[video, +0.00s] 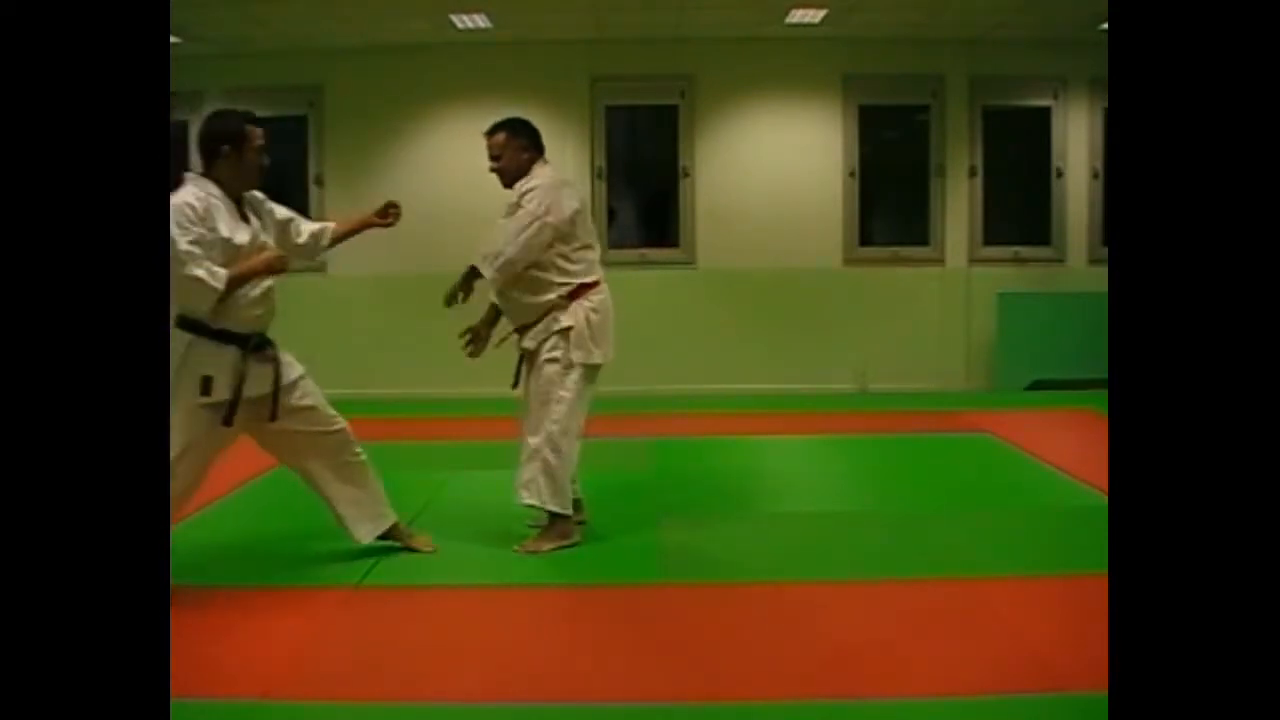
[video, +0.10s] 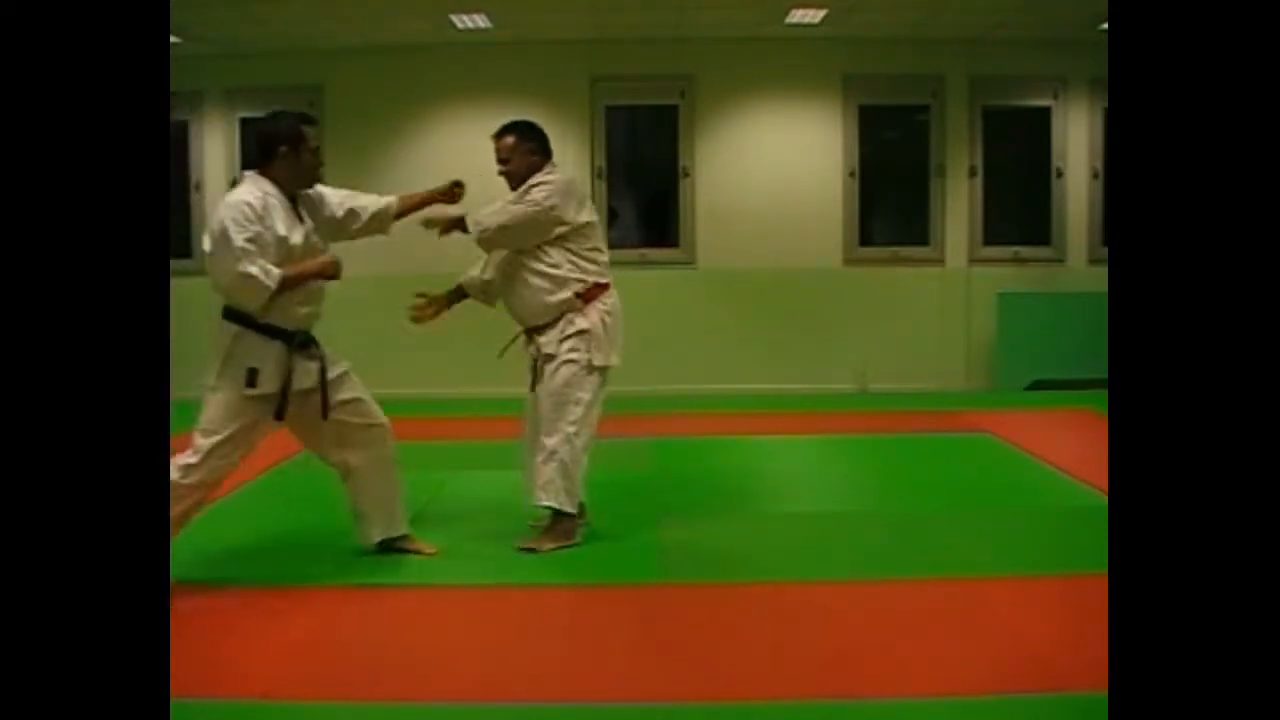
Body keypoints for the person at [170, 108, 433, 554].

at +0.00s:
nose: (264, 161)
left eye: (264, 152)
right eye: (257, 152)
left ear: (229, 155)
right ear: (226, 154)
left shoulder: (253, 206)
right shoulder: (187, 206)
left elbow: (307, 237)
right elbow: (194, 285)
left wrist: (369, 220)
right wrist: (253, 266)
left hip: (256, 355)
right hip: (200, 357)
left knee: (330, 436)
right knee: (178, 474)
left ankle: (384, 526)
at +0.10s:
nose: (318, 162)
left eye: (317, 152)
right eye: (311, 153)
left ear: (284, 155)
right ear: (283, 155)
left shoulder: (304, 201)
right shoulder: (243, 206)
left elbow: (365, 211)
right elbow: (246, 282)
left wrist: (431, 197)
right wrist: (311, 268)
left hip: (300, 351)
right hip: (254, 351)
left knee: (369, 431)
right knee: (206, 463)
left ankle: (387, 534)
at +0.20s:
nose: (352, 161)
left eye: (351, 151)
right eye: (345, 151)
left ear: (321, 153)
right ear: (317, 153)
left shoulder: (338, 197)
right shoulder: (271, 203)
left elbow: (400, 197)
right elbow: (266, 275)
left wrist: (467, 182)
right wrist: (337, 270)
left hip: (320, 347)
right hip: (273, 345)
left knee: (382, 428)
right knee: (237, 454)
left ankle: (396, 535)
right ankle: (170, 535)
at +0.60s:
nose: (396, 158)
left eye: (395, 149)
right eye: (387, 150)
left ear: (372, 155)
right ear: (358, 154)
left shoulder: (392, 208)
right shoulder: (305, 205)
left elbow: (461, 215)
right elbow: (278, 272)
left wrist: (532, 217)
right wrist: (338, 283)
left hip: (354, 347)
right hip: (301, 344)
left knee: (415, 430)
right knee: (273, 455)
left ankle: (403, 535)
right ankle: (216, 563)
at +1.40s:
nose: (393, 168)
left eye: (393, 158)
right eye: (385, 158)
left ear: (363, 162)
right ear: (352, 160)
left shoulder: (383, 215)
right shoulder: (288, 204)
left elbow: (448, 248)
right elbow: (243, 269)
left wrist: (512, 270)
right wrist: (287, 311)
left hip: (343, 349)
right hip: (287, 349)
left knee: (408, 431)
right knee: (261, 458)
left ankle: (402, 533)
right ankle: (217, 565)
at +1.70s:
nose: (385, 172)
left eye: (385, 163)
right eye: (377, 164)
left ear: (354, 166)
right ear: (344, 165)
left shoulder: (377, 220)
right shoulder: (283, 211)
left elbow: (432, 275)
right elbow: (238, 278)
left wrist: (486, 327)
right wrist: (276, 326)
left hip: (338, 350)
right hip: (282, 350)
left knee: (405, 432)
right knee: (260, 458)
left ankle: (399, 534)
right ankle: (215, 569)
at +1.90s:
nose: (385, 184)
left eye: (386, 174)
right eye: (378, 174)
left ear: (354, 173)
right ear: (347, 173)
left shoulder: (376, 225)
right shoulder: (287, 212)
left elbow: (429, 278)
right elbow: (239, 280)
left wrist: (471, 340)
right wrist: (278, 332)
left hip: (335, 350)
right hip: (279, 348)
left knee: (401, 429)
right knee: (263, 457)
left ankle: (399, 533)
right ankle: (215, 568)